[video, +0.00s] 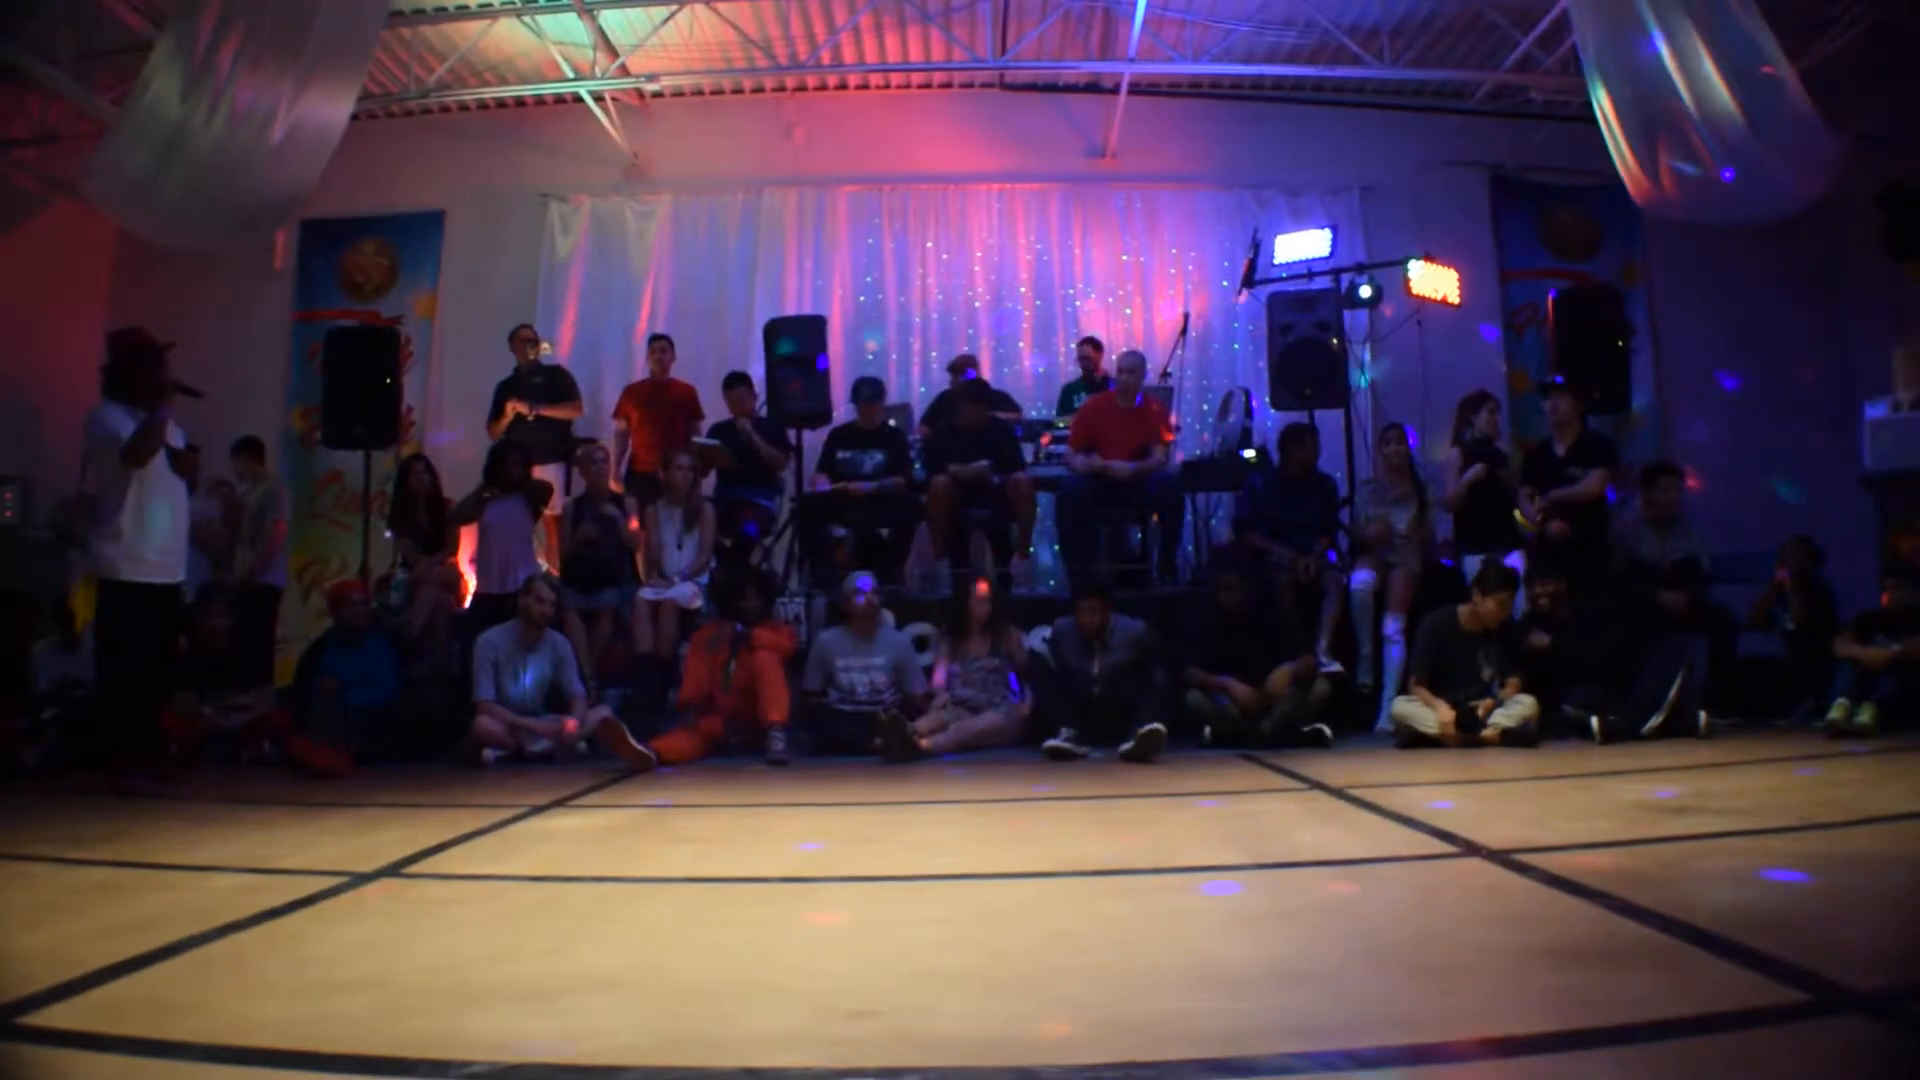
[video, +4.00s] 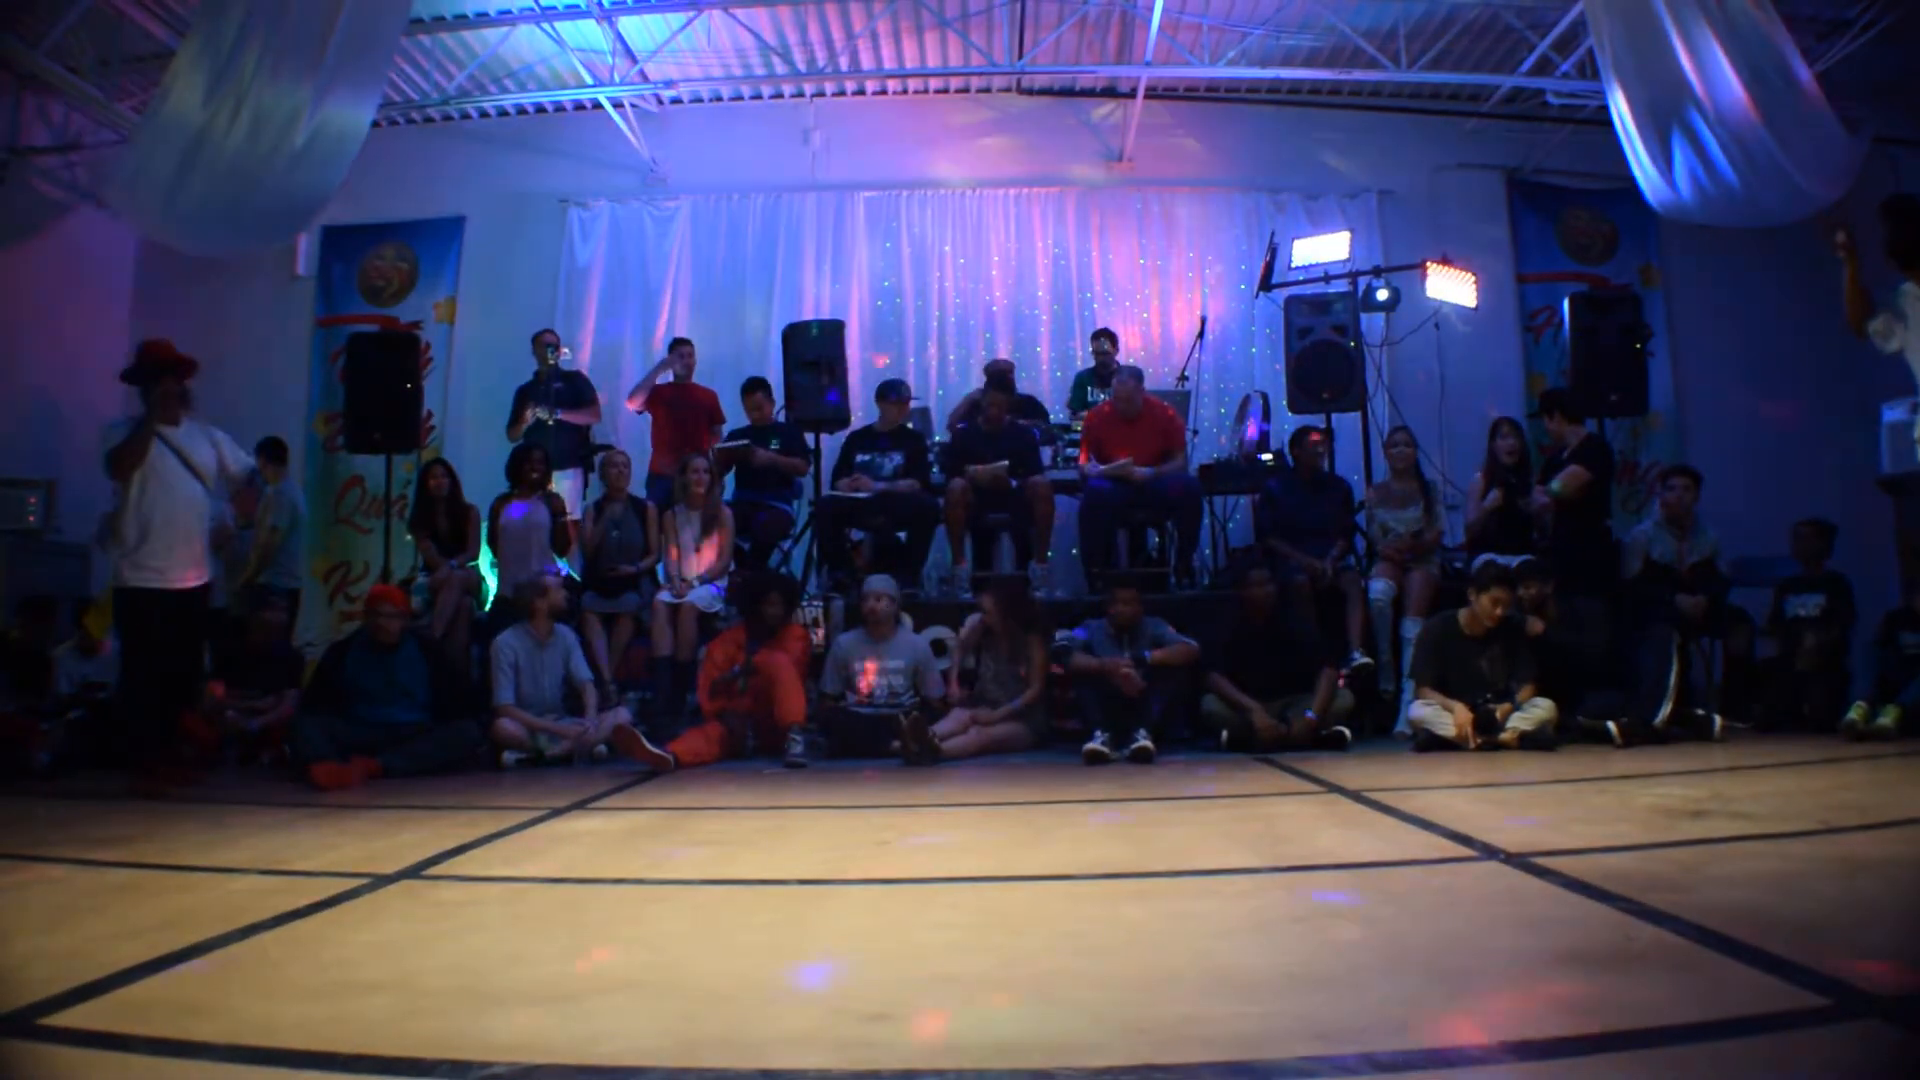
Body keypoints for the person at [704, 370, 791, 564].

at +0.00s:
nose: (738, 405)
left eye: (742, 398)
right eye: (732, 400)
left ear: (754, 397)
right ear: (726, 401)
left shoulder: (771, 427)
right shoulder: (719, 430)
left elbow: (779, 462)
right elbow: (703, 469)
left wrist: (752, 434)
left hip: (760, 498)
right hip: (725, 497)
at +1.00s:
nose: (772, 401)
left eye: (775, 394)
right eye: (765, 396)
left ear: (780, 396)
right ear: (753, 402)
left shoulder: (795, 428)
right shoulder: (742, 432)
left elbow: (806, 456)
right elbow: (727, 473)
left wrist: (786, 423)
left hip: (785, 495)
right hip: (751, 495)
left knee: (773, 527)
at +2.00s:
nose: (758, 413)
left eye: (761, 407)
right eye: (752, 409)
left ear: (771, 404)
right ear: (744, 408)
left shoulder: (790, 432)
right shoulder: (737, 435)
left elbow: (798, 462)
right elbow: (721, 477)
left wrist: (769, 433)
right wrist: (726, 460)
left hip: (777, 499)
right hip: (745, 498)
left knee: (770, 529)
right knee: (726, 526)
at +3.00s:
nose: (755, 416)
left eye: (759, 409)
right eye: (750, 411)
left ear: (770, 405)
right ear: (744, 409)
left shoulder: (789, 432)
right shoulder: (736, 436)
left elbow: (798, 463)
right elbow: (721, 477)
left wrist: (770, 435)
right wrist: (722, 459)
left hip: (777, 499)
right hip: (744, 499)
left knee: (769, 529)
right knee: (721, 523)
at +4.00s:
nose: (755, 415)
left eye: (760, 408)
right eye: (750, 410)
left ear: (772, 404)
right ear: (744, 409)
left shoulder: (790, 433)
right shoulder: (737, 436)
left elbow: (802, 467)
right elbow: (719, 471)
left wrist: (770, 458)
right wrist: (727, 456)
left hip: (777, 501)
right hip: (743, 500)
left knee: (767, 529)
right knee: (722, 524)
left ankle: (753, 574)